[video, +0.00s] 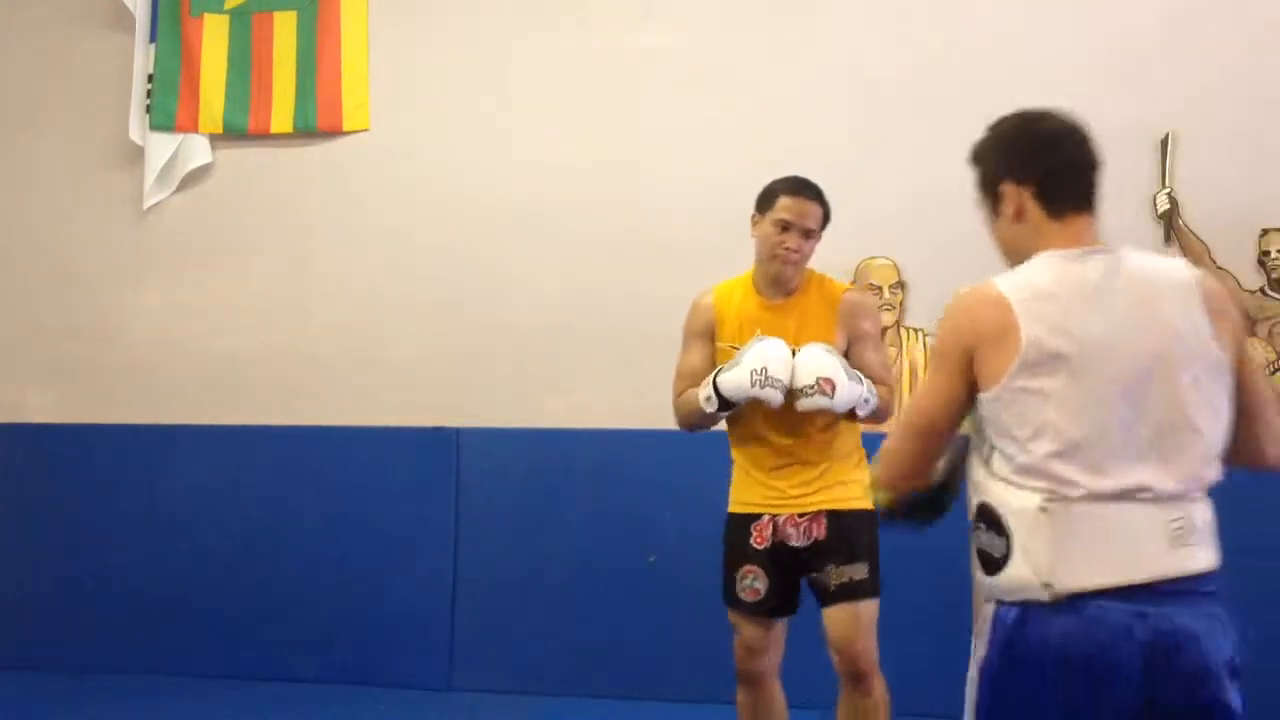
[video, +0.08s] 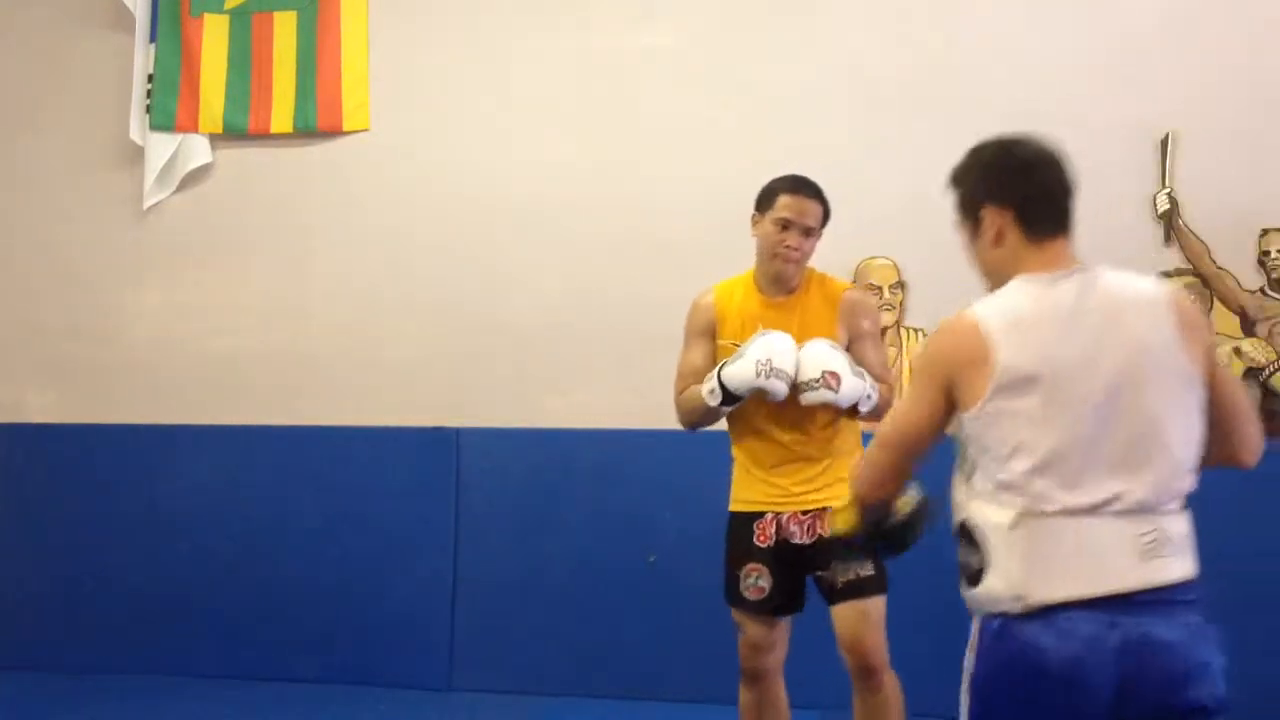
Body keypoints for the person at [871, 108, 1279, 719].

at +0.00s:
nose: (993, 231)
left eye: (989, 211)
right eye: (988, 213)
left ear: (1015, 199)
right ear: (1086, 188)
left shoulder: (984, 312)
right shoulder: (1206, 294)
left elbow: (899, 471)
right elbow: (1263, 447)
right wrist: (1160, 427)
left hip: (1050, 632)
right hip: (1190, 621)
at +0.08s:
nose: (969, 251)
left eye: (967, 232)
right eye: (964, 233)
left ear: (995, 223)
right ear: (1061, 213)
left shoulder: (966, 338)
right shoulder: (1174, 310)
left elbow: (871, 484)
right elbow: (1242, 446)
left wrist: (886, 507)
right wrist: (1144, 446)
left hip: (1034, 644)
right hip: (1170, 629)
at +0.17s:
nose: (942, 274)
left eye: (942, 255)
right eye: (940, 256)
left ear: (972, 249)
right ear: (1035, 239)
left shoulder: (939, 360)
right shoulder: (1142, 326)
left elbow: (844, 483)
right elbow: (1229, 449)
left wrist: (818, 513)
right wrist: (1125, 431)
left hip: (1016, 645)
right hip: (1148, 632)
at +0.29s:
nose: (912, 290)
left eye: (909, 273)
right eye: (909, 273)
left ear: (934, 265)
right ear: (997, 250)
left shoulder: (908, 370)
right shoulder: (1105, 335)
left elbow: (799, 490)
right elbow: (1196, 448)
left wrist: (759, 545)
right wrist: (1101, 430)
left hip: (978, 626)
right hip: (1101, 616)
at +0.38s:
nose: (907, 281)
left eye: (903, 264)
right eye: (904, 266)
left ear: (923, 256)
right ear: (988, 245)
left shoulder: (898, 353)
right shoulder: (1090, 325)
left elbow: (800, 476)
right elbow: (1174, 440)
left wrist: (769, 532)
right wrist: (1084, 422)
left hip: (961, 602)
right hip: (1080, 591)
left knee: (950, 715)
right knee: (1104, 713)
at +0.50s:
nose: (904, 260)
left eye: (900, 246)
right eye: (901, 246)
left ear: (915, 242)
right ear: (978, 226)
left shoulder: (894, 332)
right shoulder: (1075, 313)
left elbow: (817, 456)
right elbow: (1151, 426)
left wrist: (811, 491)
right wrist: (1074, 420)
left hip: (953, 574)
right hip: (1062, 566)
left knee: (935, 709)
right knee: (1066, 709)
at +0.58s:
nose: (901, 264)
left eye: (898, 250)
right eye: (898, 250)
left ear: (913, 248)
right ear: (975, 233)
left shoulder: (900, 334)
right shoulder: (1067, 320)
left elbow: (830, 455)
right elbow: (1139, 429)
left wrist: (825, 485)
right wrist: (1072, 422)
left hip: (955, 576)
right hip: (1058, 569)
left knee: (914, 708)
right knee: (1049, 708)